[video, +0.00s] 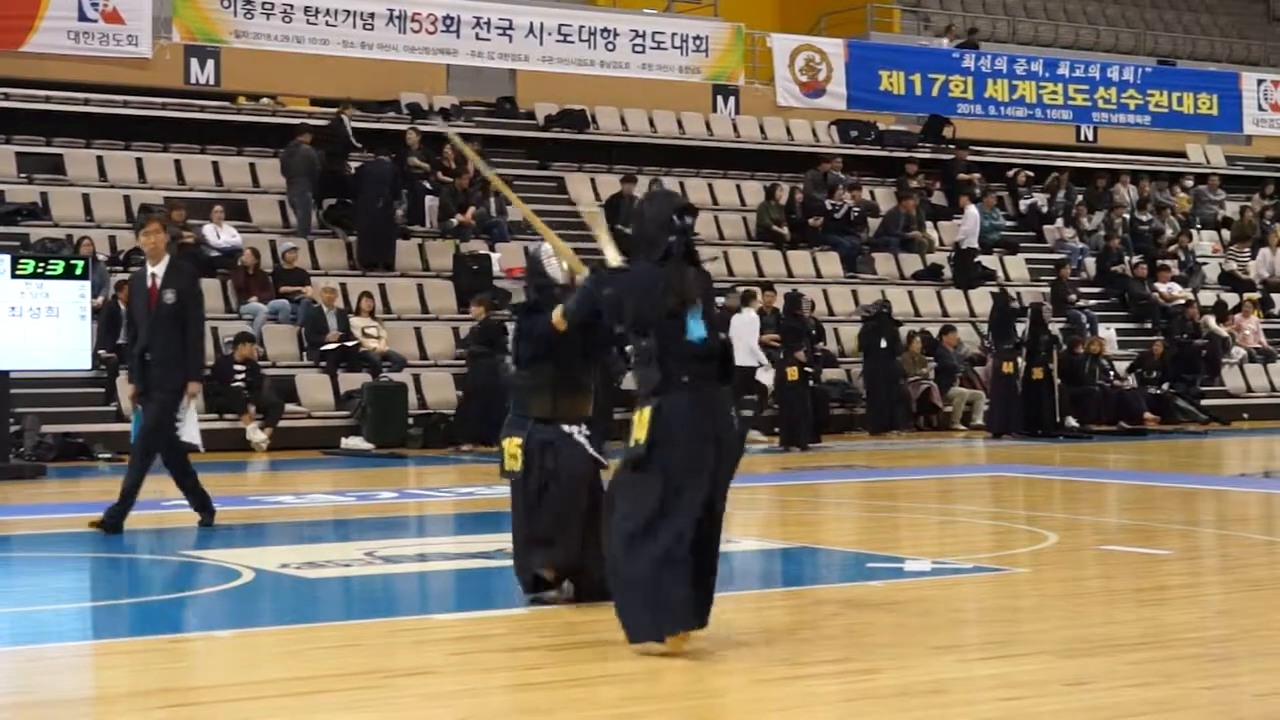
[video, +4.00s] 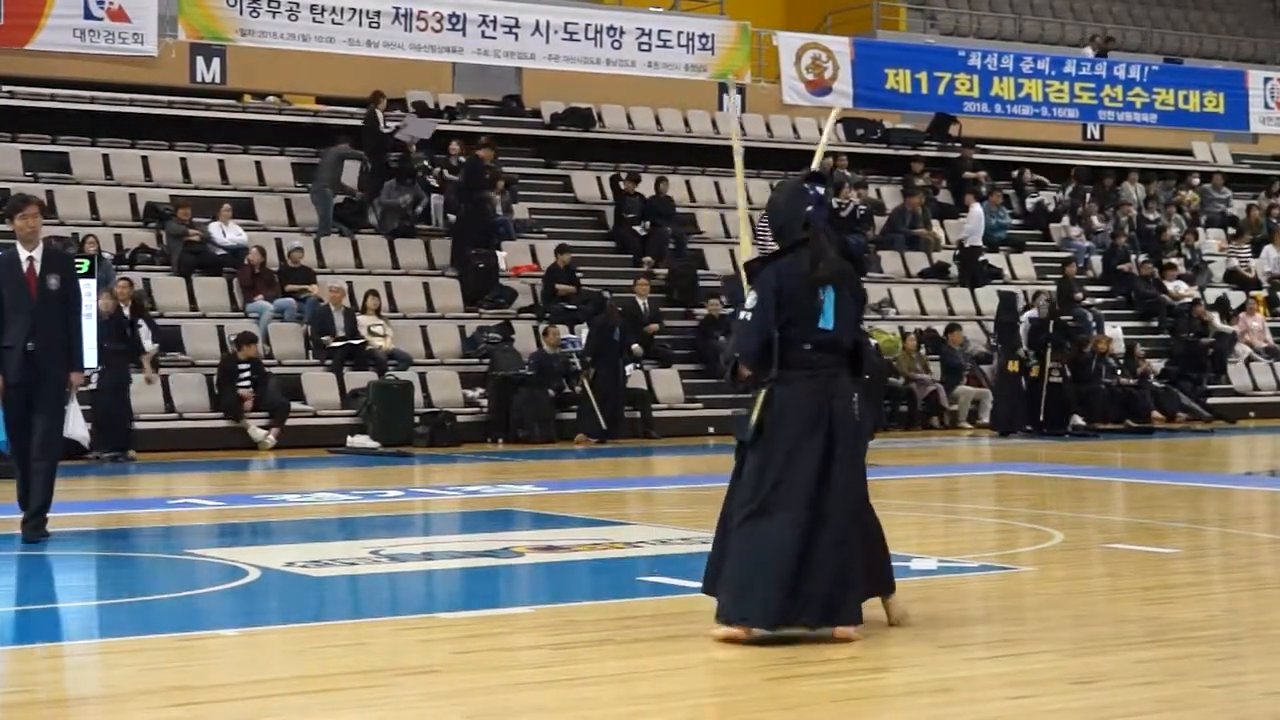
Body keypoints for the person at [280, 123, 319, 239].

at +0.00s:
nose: (310, 139)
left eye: (310, 136)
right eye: (309, 136)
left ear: (298, 135)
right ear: (305, 135)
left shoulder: (287, 151)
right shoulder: (308, 150)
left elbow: (284, 170)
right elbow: (315, 169)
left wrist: (291, 179)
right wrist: (313, 181)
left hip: (291, 185)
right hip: (304, 184)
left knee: (300, 217)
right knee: (305, 218)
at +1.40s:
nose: (324, 138)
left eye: (324, 135)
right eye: (323, 135)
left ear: (311, 135)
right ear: (318, 135)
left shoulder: (299, 150)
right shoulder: (322, 151)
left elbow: (294, 166)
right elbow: (332, 167)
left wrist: (298, 178)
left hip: (302, 187)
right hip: (315, 187)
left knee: (311, 217)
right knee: (313, 219)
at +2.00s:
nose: (327, 137)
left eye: (326, 135)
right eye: (325, 135)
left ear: (315, 135)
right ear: (322, 136)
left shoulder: (307, 148)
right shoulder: (325, 148)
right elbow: (340, 162)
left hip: (309, 185)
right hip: (321, 186)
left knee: (316, 218)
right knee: (321, 220)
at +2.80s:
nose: (332, 141)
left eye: (332, 138)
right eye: (332, 138)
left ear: (321, 137)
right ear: (329, 138)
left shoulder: (312, 149)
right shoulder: (325, 149)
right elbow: (335, 163)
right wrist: (348, 169)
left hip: (310, 188)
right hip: (320, 189)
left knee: (316, 221)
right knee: (322, 222)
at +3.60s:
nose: (345, 147)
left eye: (346, 145)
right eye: (345, 144)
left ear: (335, 142)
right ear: (343, 142)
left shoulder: (326, 152)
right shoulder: (336, 149)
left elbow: (334, 183)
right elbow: (352, 153)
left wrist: (353, 190)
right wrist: (363, 158)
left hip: (316, 191)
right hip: (323, 191)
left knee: (324, 225)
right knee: (324, 226)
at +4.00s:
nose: (348, 150)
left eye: (348, 148)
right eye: (347, 147)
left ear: (337, 144)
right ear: (345, 145)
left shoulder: (329, 154)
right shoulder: (338, 151)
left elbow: (335, 184)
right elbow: (361, 154)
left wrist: (354, 193)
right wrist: (365, 161)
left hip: (317, 190)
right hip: (324, 190)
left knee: (325, 225)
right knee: (325, 226)